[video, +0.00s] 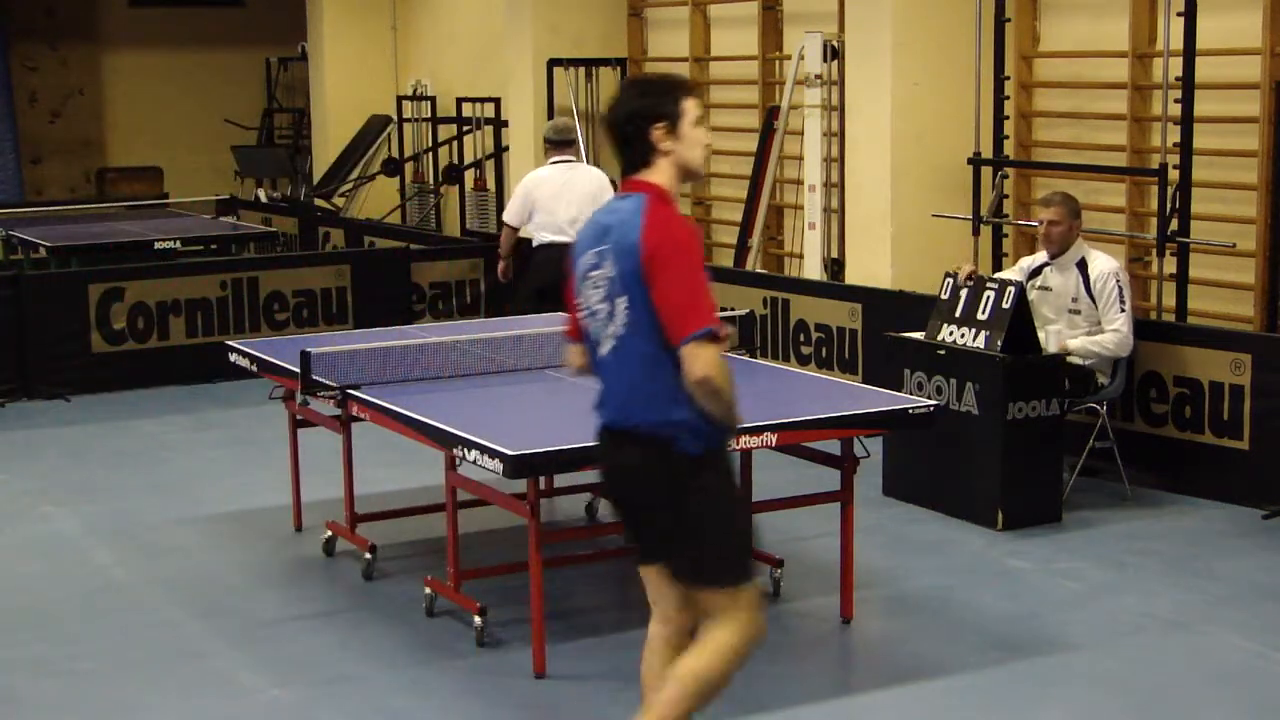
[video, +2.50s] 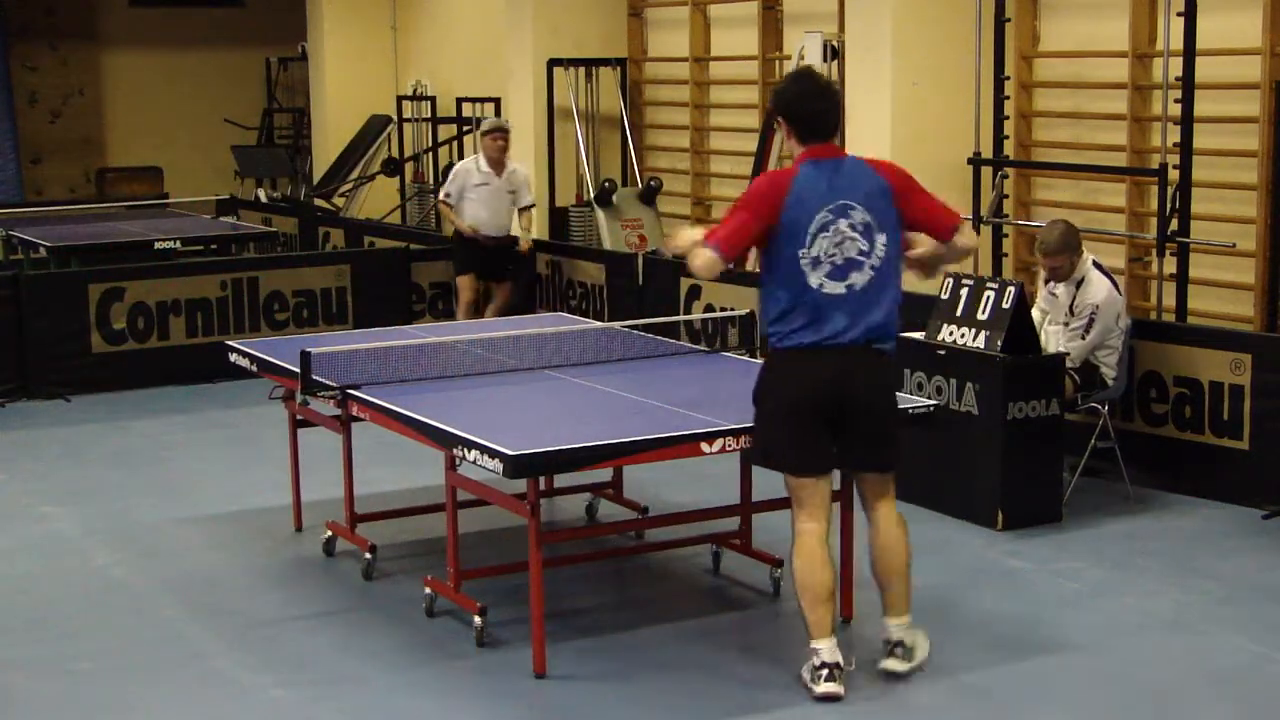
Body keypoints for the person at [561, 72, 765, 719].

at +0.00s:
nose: (709, 139)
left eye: (705, 124)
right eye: (699, 125)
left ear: (650, 137)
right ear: (662, 136)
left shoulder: (593, 228)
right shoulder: (666, 224)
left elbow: (579, 357)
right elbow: (702, 370)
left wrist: (667, 347)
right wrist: (732, 420)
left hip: (624, 446)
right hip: (679, 450)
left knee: (670, 614)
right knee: (739, 619)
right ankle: (658, 709)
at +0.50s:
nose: (871, 136)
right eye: (870, 128)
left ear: (801, 135)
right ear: (863, 138)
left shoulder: (753, 213)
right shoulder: (869, 224)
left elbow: (719, 317)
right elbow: (935, 330)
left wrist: (778, 318)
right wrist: (959, 414)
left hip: (778, 412)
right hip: (854, 417)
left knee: (808, 548)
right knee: (870, 564)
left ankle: (759, 667)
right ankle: (876, 711)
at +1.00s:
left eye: (846, 117)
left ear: (839, 128)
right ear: (898, 126)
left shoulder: (812, 202)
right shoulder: (936, 202)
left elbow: (792, 303)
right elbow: (977, 306)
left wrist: (778, 317)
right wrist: (948, 349)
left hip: (840, 387)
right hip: (914, 387)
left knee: (862, 519)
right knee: (922, 510)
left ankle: (883, 660)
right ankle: (919, 614)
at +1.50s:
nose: (834, 160)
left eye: (837, 151)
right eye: (836, 151)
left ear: (851, 152)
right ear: (884, 156)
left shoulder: (858, 182)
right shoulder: (903, 202)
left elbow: (876, 246)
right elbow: (903, 296)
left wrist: (830, 296)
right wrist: (847, 351)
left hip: (884, 340)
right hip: (927, 345)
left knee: (865, 490)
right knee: (904, 485)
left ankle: (875, 635)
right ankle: (914, 610)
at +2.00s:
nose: (825, 160)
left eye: (827, 151)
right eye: (827, 151)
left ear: (840, 151)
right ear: (874, 153)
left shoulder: (848, 178)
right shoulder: (895, 201)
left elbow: (867, 239)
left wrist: (816, 290)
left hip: (867, 331)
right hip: (917, 336)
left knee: (824, 470)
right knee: (910, 484)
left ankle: (832, 603)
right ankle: (915, 610)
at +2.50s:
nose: (777, 131)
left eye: (777, 124)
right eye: (780, 123)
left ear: (785, 128)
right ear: (840, 121)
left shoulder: (774, 189)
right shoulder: (885, 178)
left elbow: (708, 263)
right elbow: (960, 242)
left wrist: (691, 247)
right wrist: (923, 259)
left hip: (797, 375)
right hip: (871, 371)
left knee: (810, 514)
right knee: (881, 500)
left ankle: (825, 656)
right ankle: (899, 638)